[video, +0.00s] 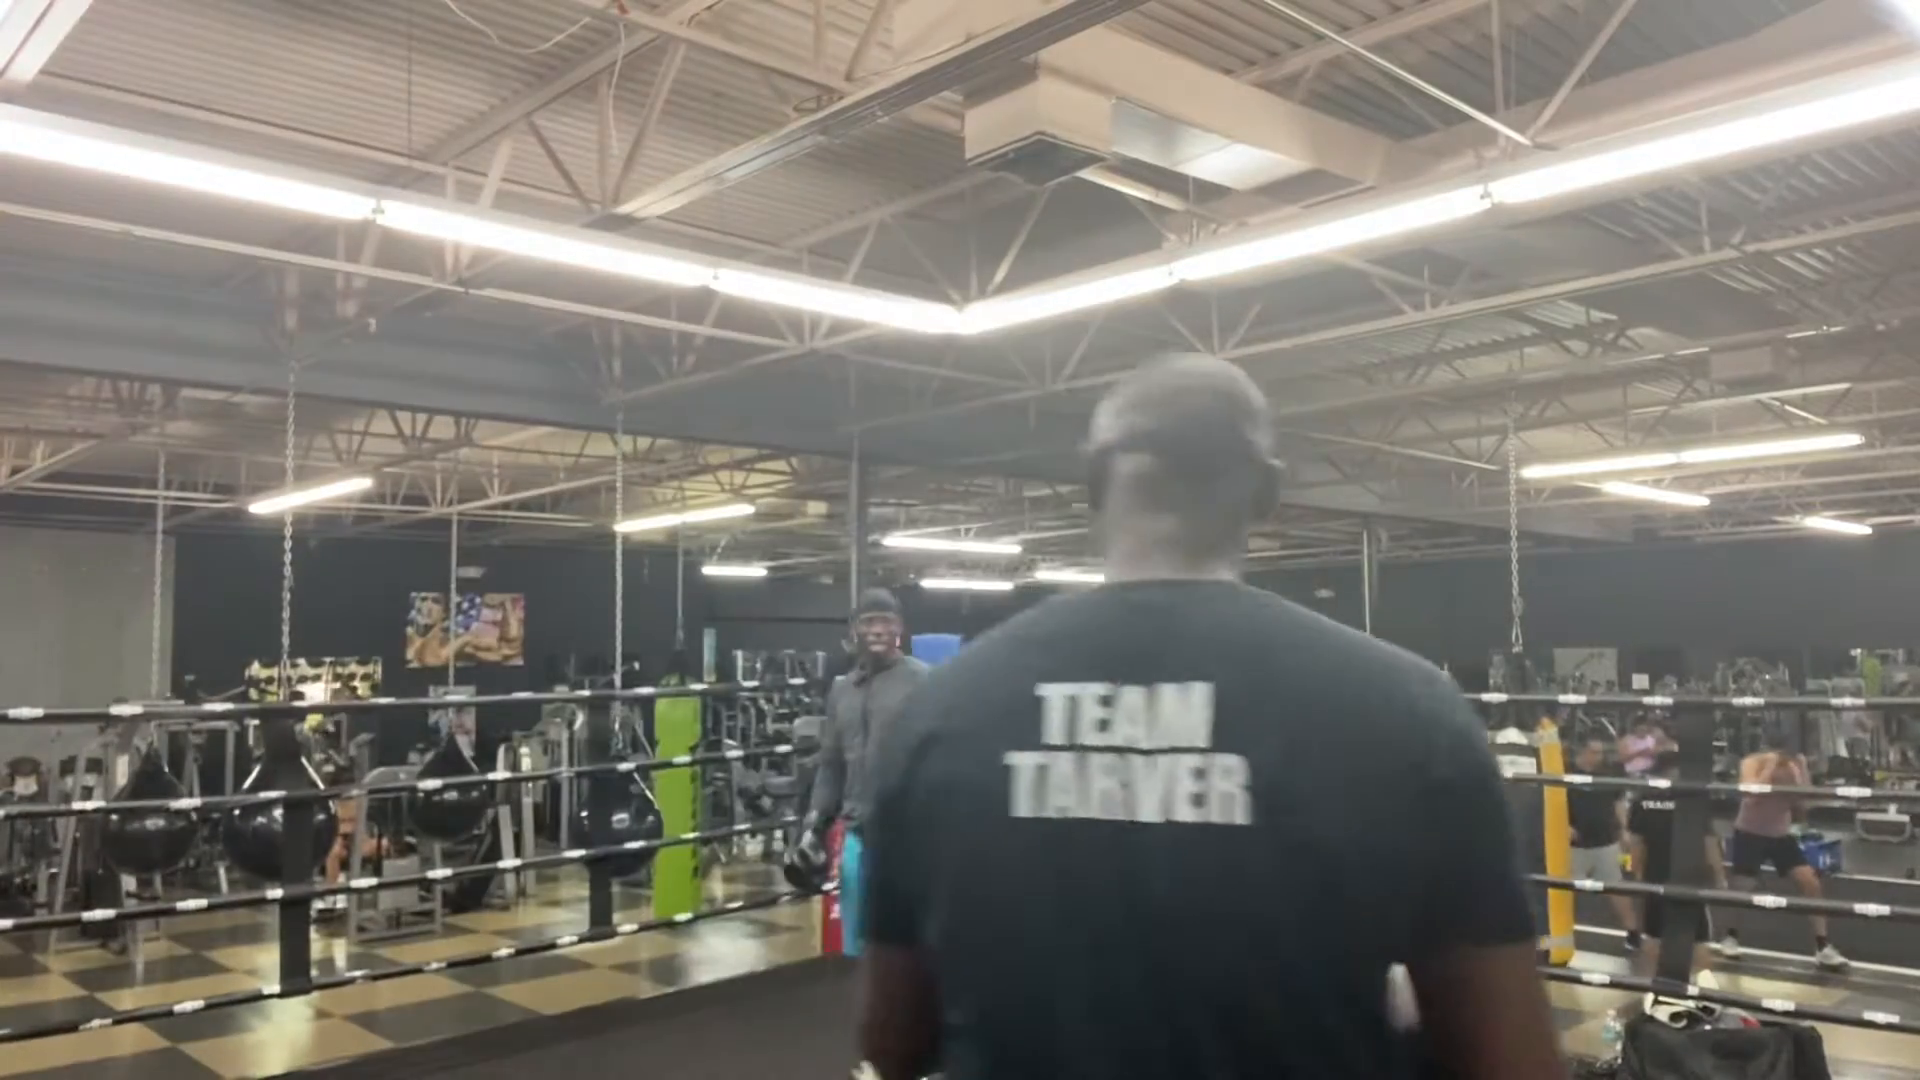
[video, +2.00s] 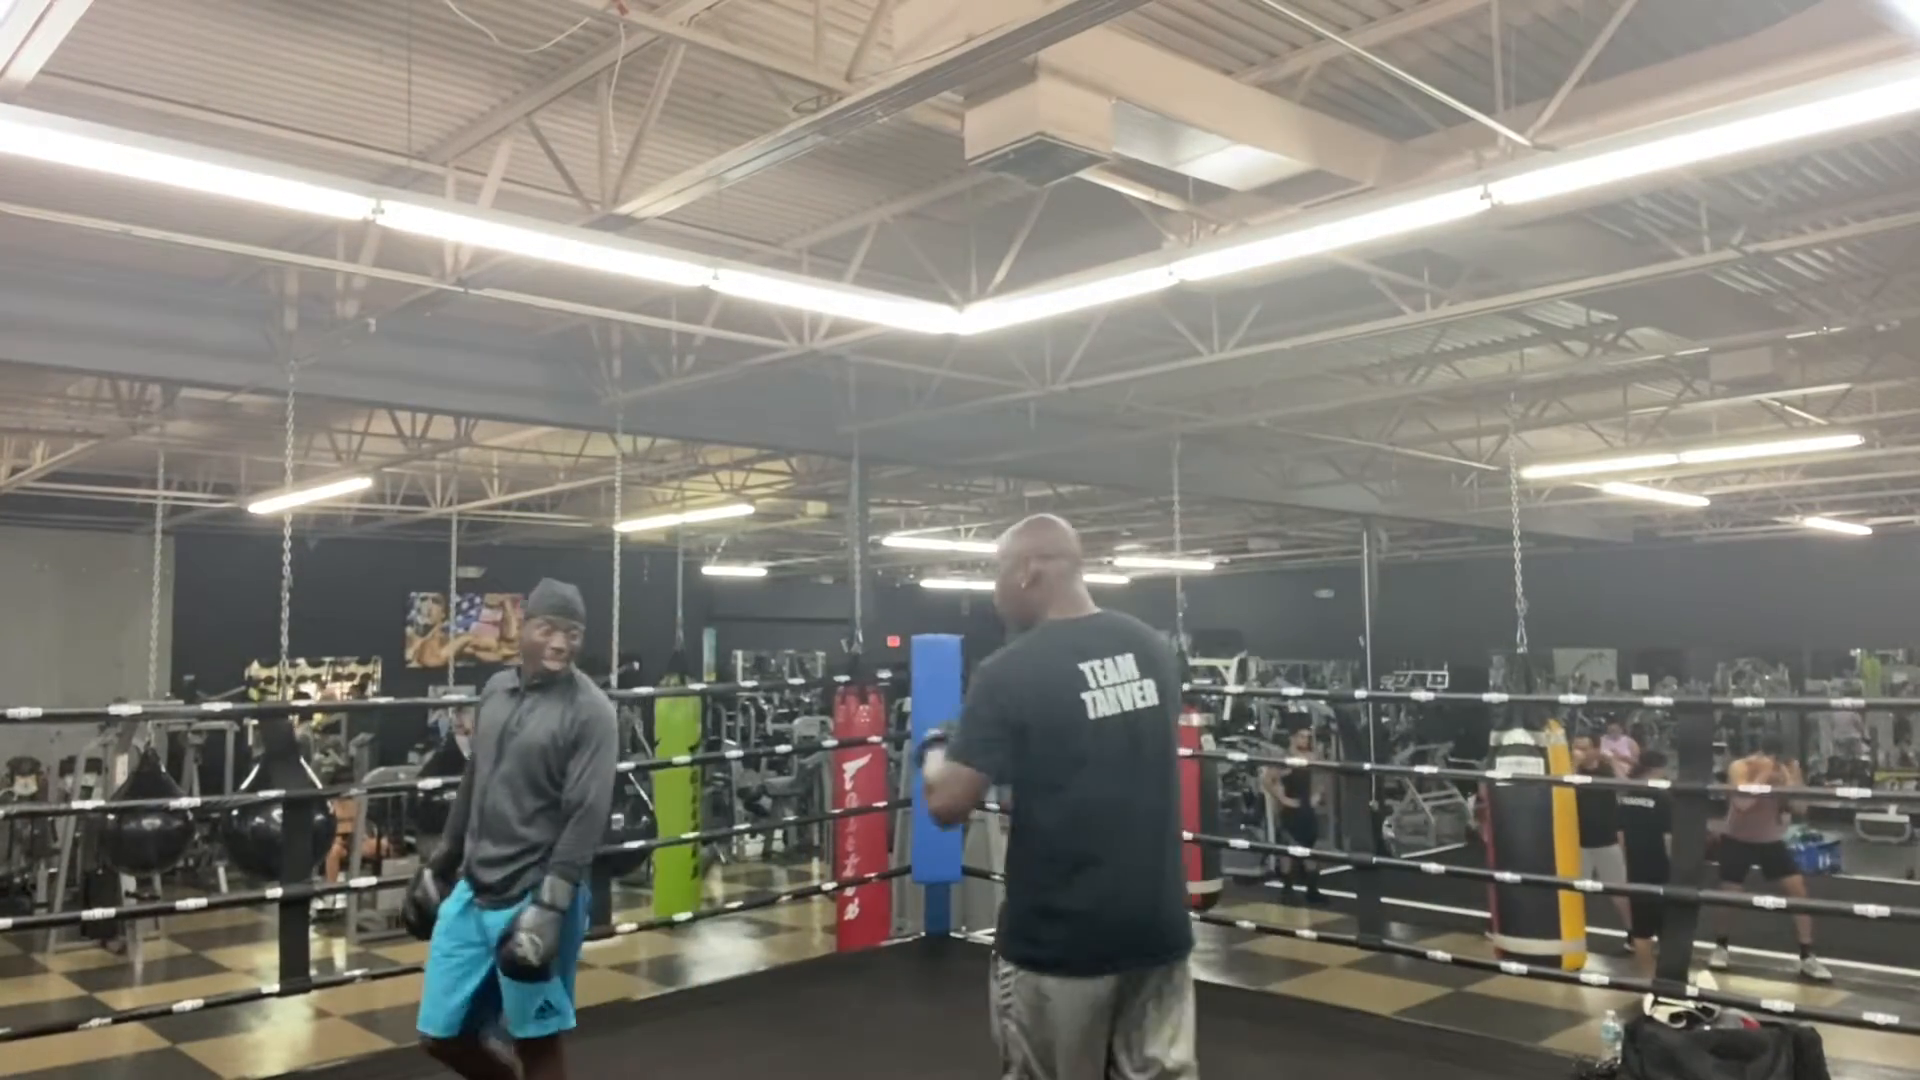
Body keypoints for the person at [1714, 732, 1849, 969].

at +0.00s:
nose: (1783, 751)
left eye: (1788, 746)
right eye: (1778, 746)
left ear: (1793, 746)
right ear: (1769, 744)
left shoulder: (1797, 764)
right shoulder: (1752, 763)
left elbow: (1804, 803)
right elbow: (1750, 792)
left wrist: (1792, 779)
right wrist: (1770, 768)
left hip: (1781, 837)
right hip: (1749, 835)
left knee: (1811, 883)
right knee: (1741, 889)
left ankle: (1822, 946)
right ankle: (1730, 935)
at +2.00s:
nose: (1770, 762)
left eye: (1775, 757)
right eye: (1765, 756)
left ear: (1781, 755)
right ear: (1756, 752)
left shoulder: (1788, 769)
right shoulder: (1740, 768)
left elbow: (1800, 807)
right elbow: (1742, 804)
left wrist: (1786, 784)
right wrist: (1762, 778)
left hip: (1772, 843)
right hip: (1738, 842)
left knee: (1799, 893)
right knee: (1729, 896)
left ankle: (1807, 956)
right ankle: (1721, 947)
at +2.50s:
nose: (1763, 760)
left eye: (1767, 754)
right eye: (1757, 754)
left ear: (1774, 752)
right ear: (1748, 753)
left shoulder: (1786, 768)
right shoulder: (1738, 773)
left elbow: (1806, 806)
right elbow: (1735, 807)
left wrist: (1785, 782)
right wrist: (1757, 782)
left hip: (1782, 847)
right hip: (1744, 847)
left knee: (1819, 894)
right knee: (1733, 898)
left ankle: (1838, 957)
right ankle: (1721, 946)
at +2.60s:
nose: (1780, 767)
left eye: (1785, 761)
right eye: (1774, 762)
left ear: (1790, 759)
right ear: (1764, 759)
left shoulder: (1798, 772)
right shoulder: (1751, 776)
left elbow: (1818, 811)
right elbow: (1743, 811)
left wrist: (1797, 786)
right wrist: (1772, 787)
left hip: (1796, 854)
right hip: (1758, 853)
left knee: (1833, 901)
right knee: (1739, 901)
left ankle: (1866, 963)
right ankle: (1721, 946)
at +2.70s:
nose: (1804, 767)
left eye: (1809, 761)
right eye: (1800, 760)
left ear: (1818, 762)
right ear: (1792, 760)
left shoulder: (1822, 778)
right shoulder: (1776, 778)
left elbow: (1831, 818)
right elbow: (1778, 812)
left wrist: (1821, 787)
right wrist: (1804, 787)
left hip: (1809, 861)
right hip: (1774, 859)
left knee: (1845, 898)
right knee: (1755, 914)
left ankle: (1873, 966)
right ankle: (1724, 944)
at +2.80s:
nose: (1845, 780)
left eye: (1848, 776)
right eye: (1845, 774)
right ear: (1833, 765)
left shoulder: (1823, 786)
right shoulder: (1808, 778)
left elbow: (1840, 819)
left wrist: (1849, 788)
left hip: (1814, 862)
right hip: (1785, 862)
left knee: (1856, 900)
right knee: (1782, 919)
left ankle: (1873, 967)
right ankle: (1732, 939)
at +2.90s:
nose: (1854, 778)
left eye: (1854, 774)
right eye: (1853, 773)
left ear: (1833, 765)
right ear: (1846, 769)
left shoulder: (1808, 781)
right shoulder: (1833, 780)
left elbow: (1835, 823)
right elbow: (1873, 790)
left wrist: (1847, 797)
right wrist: (1912, 789)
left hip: (1816, 863)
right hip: (1791, 863)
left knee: (1857, 901)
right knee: (1801, 925)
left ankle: (1872, 967)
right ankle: (1749, 939)